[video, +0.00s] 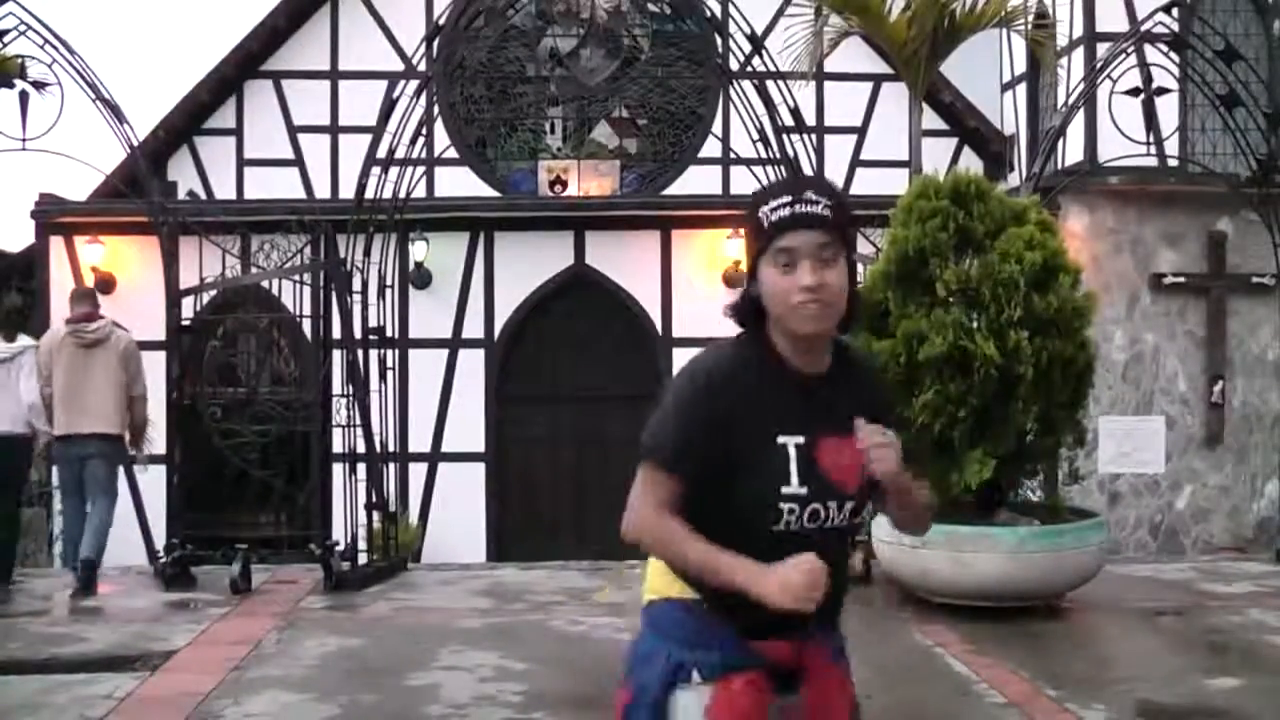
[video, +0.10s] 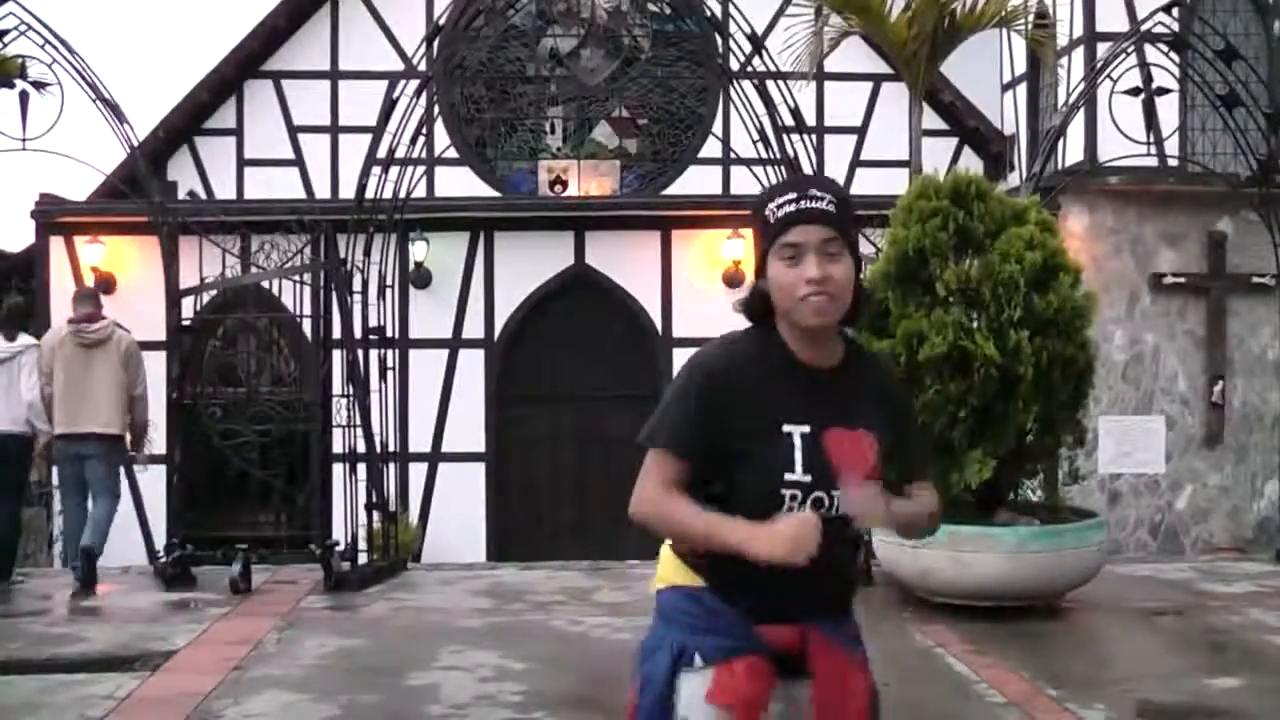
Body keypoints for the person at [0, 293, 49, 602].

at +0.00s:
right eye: (21, 314)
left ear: (4, 320)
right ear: (22, 320)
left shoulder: (22, 349)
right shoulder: (25, 349)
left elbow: (31, 397)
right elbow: (31, 397)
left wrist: (42, 429)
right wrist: (43, 429)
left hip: (12, 436)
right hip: (14, 437)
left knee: (11, 508)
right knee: (10, 509)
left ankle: (6, 578)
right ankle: (5, 578)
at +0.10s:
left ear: (4, 319)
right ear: (24, 319)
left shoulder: (19, 348)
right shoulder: (28, 348)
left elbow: (31, 395)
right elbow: (31, 395)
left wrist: (43, 430)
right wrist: (44, 430)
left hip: (10, 433)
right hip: (14, 434)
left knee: (11, 506)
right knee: (11, 506)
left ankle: (7, 572)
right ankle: (5, 573)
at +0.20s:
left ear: (3, 320)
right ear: (25, 320)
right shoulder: (29, 347)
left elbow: (31, 393)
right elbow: (32, 394)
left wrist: (42, 426)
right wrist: (44, 426)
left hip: (8, 432)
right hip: (15, 433)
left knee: (10, 505)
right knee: (11, 505)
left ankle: (6, 570)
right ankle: (5, 571)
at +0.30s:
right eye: (26, 319)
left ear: (3, 320)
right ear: (26, 320)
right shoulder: (30, 348)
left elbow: (31, 393)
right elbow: (32, 393)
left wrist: (43, 425)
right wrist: (44, 425)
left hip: (9, 432)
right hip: (16, 433)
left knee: (11, 504)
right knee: (12, 504)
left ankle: (7, 569)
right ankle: (5, 570)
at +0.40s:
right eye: (27, 321)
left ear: (4, 322)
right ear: (26, 322)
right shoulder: (31, 351)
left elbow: (31, 395)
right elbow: (31, 395)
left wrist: (44, 426)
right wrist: (45, 427)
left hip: (9, 435)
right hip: (16, 436)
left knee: (12, 506)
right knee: (13, 506)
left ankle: (7, 569)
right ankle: (5, 570)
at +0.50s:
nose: (32, 330)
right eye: (31, 325)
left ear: (5, 325)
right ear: (27, 326)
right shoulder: (32, 354)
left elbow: (32, 399)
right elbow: (32, 399)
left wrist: (49, 428)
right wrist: (50, 429)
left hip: (8, 437)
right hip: (19, 438)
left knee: (13, 506)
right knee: (14, 506)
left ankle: (9, 566)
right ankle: (7, 568)